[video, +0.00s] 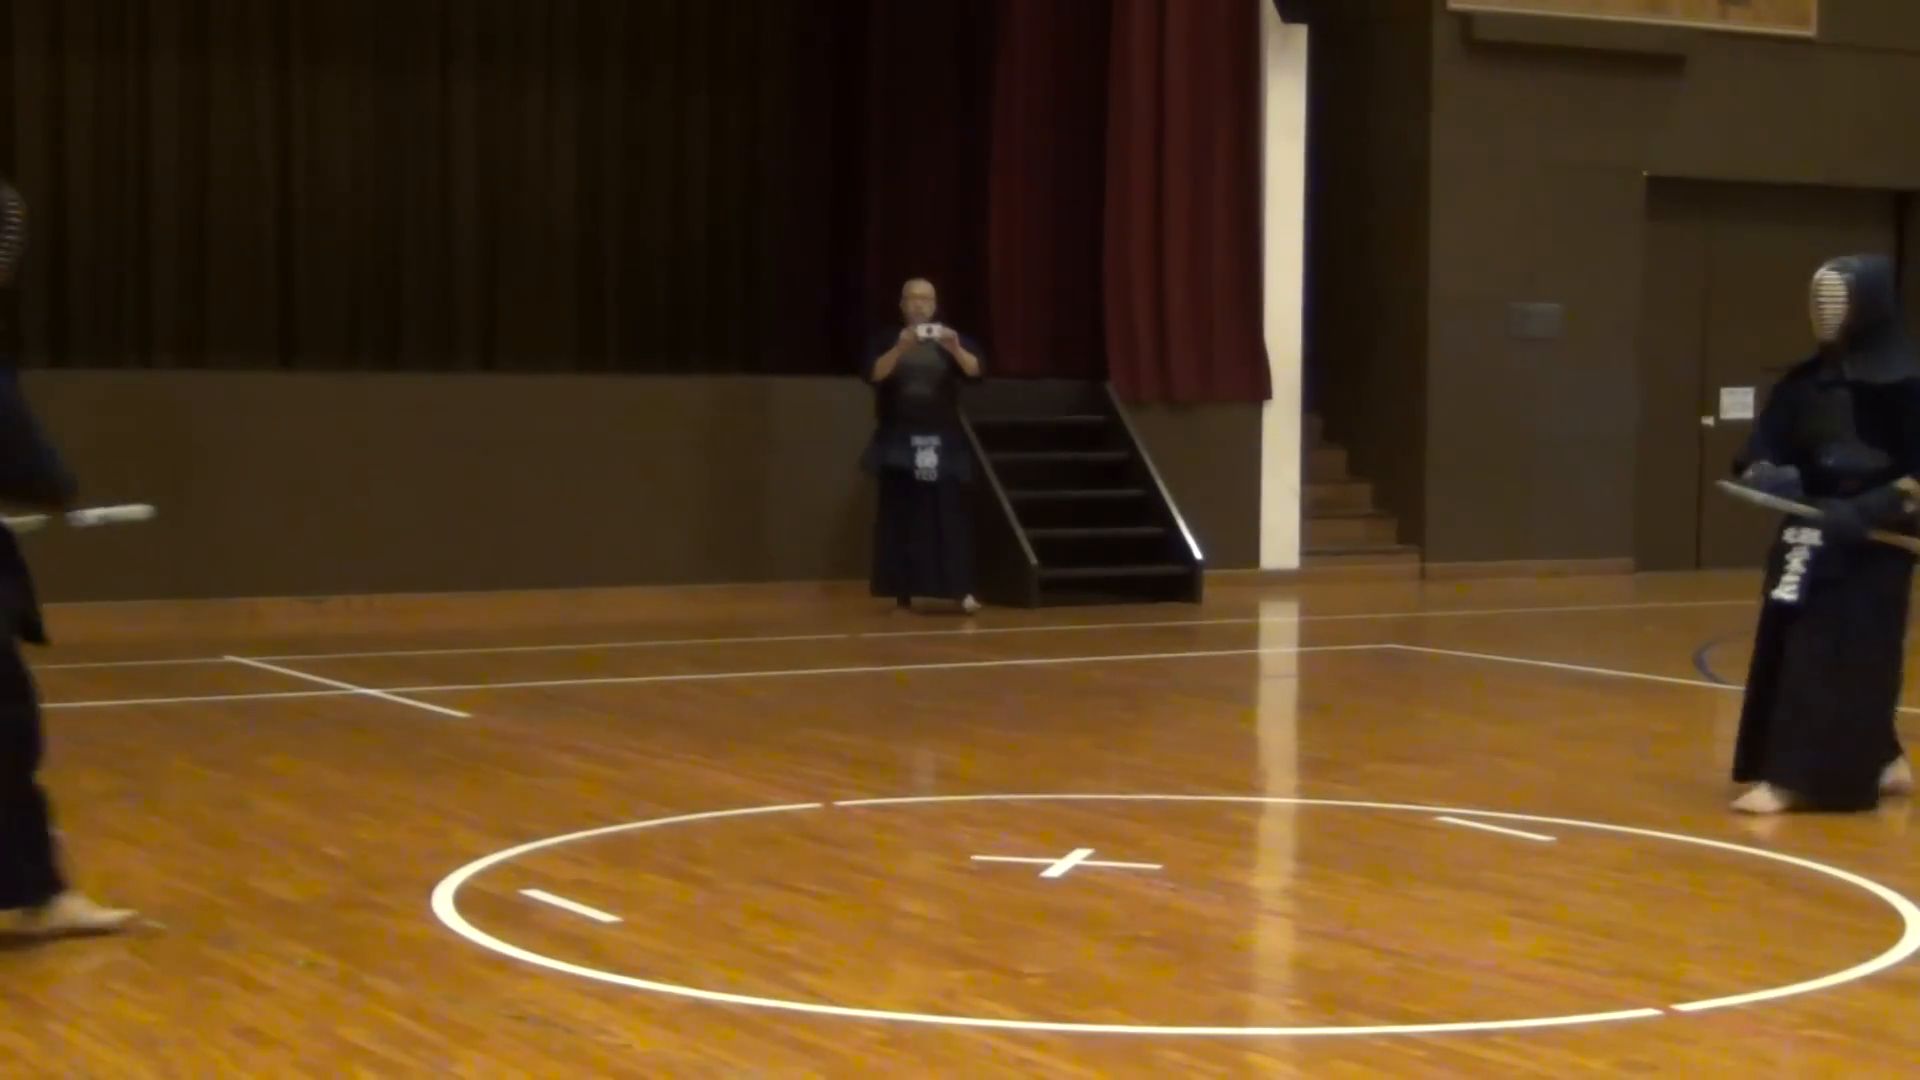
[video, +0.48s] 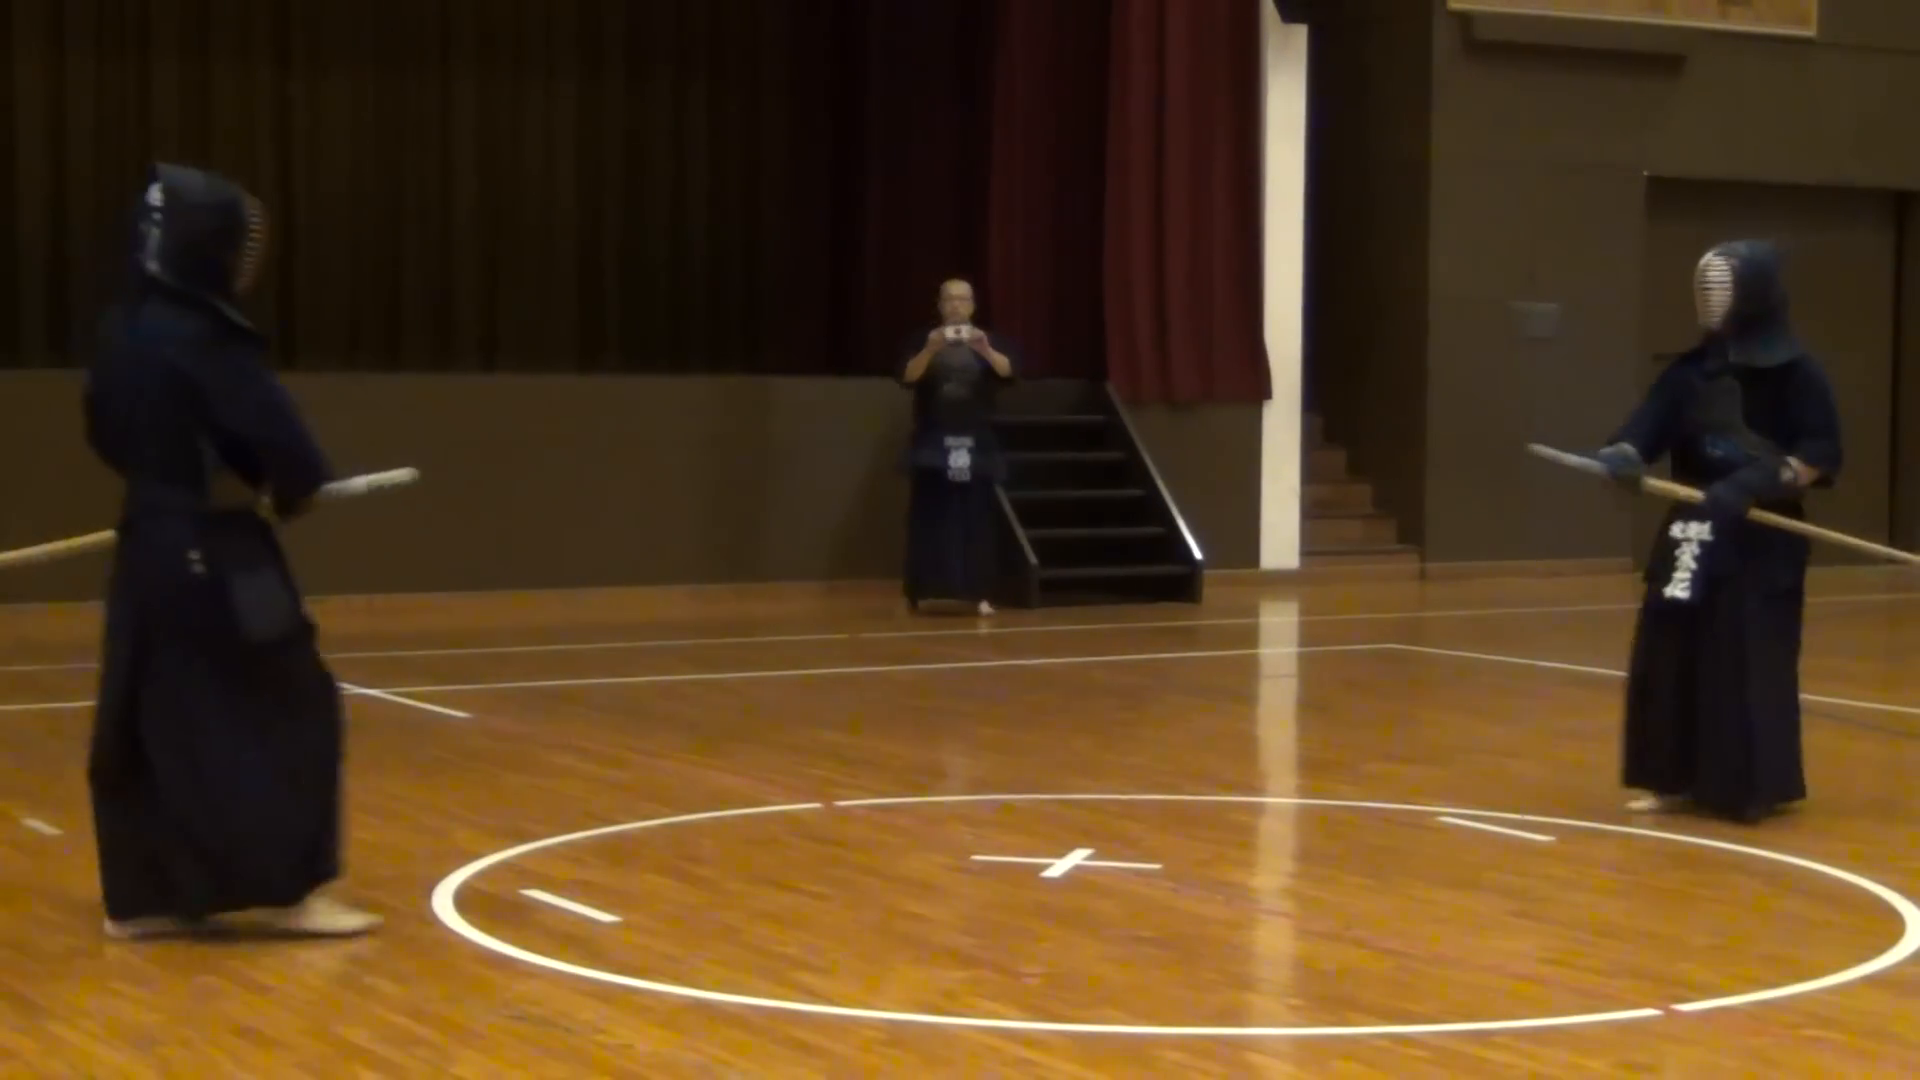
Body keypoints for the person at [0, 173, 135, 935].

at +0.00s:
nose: (15, 246)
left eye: (14, 228)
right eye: (11, 228)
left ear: (14, 236)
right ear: (3, 237)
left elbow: (10, 420)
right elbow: (9, 425)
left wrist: (48, 483)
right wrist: (52, 484)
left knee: (10, 721)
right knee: (8, 719)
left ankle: (31, 886)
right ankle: (28, 887)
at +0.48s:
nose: (254, 261)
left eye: (254, 245)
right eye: (245, 247)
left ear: (173, 247)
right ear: (210, 252)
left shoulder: (128, 327)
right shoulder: (213, 342)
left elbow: (109, 435)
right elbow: (291, 458)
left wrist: (186, 470)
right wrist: (289, 490)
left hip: (146, 553)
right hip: (218, 555)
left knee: (151, 709)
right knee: (303, 698)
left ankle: (143, 895)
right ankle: (295, 887)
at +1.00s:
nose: (532, 263)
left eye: (531, 249)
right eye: (526, 250)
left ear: (444, 245)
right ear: (506, 257)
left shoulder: (396, 317)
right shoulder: (501, 335)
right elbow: (590, 444)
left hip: (387, 537)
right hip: (455, 544)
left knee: (398, 695)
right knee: (511, 699)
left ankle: (345, 855)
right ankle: (519, 884)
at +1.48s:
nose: (577, 266)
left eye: (576, 252)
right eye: (571, 253)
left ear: (500, 246)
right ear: (544, 255)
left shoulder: (450, 313)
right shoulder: (531, 324)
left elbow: (519, 421)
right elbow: (619, 392)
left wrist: (612, 454)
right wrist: (689, 376)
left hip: (431, 531)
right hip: (491, 538)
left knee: (448, 702)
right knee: (515, 705)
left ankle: (455, 875)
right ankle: (511, 884)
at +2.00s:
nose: (595, 367)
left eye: (594, 352)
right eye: (589, 353)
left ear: (518, 350)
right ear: (561, 358)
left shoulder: (468, 426)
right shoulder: (555, 431)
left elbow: (539, 525)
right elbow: (641, 488)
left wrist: (635, 543)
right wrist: (718, 477)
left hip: (437, 628)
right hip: (498, 638)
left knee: (459, 751)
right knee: (629, 752)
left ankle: (457, 889)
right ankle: (567, 884)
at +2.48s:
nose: (581, 483)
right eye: (573, 471)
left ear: (500, 472)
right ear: (565, 481)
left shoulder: (468, 549)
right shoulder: (558, 557)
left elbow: (547, 642)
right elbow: (640, 616)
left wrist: (650, 654)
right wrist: (714, 586)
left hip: (448, 759)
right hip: (514, 773)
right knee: (674, 804)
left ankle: (437, 864)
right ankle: (524, 883)